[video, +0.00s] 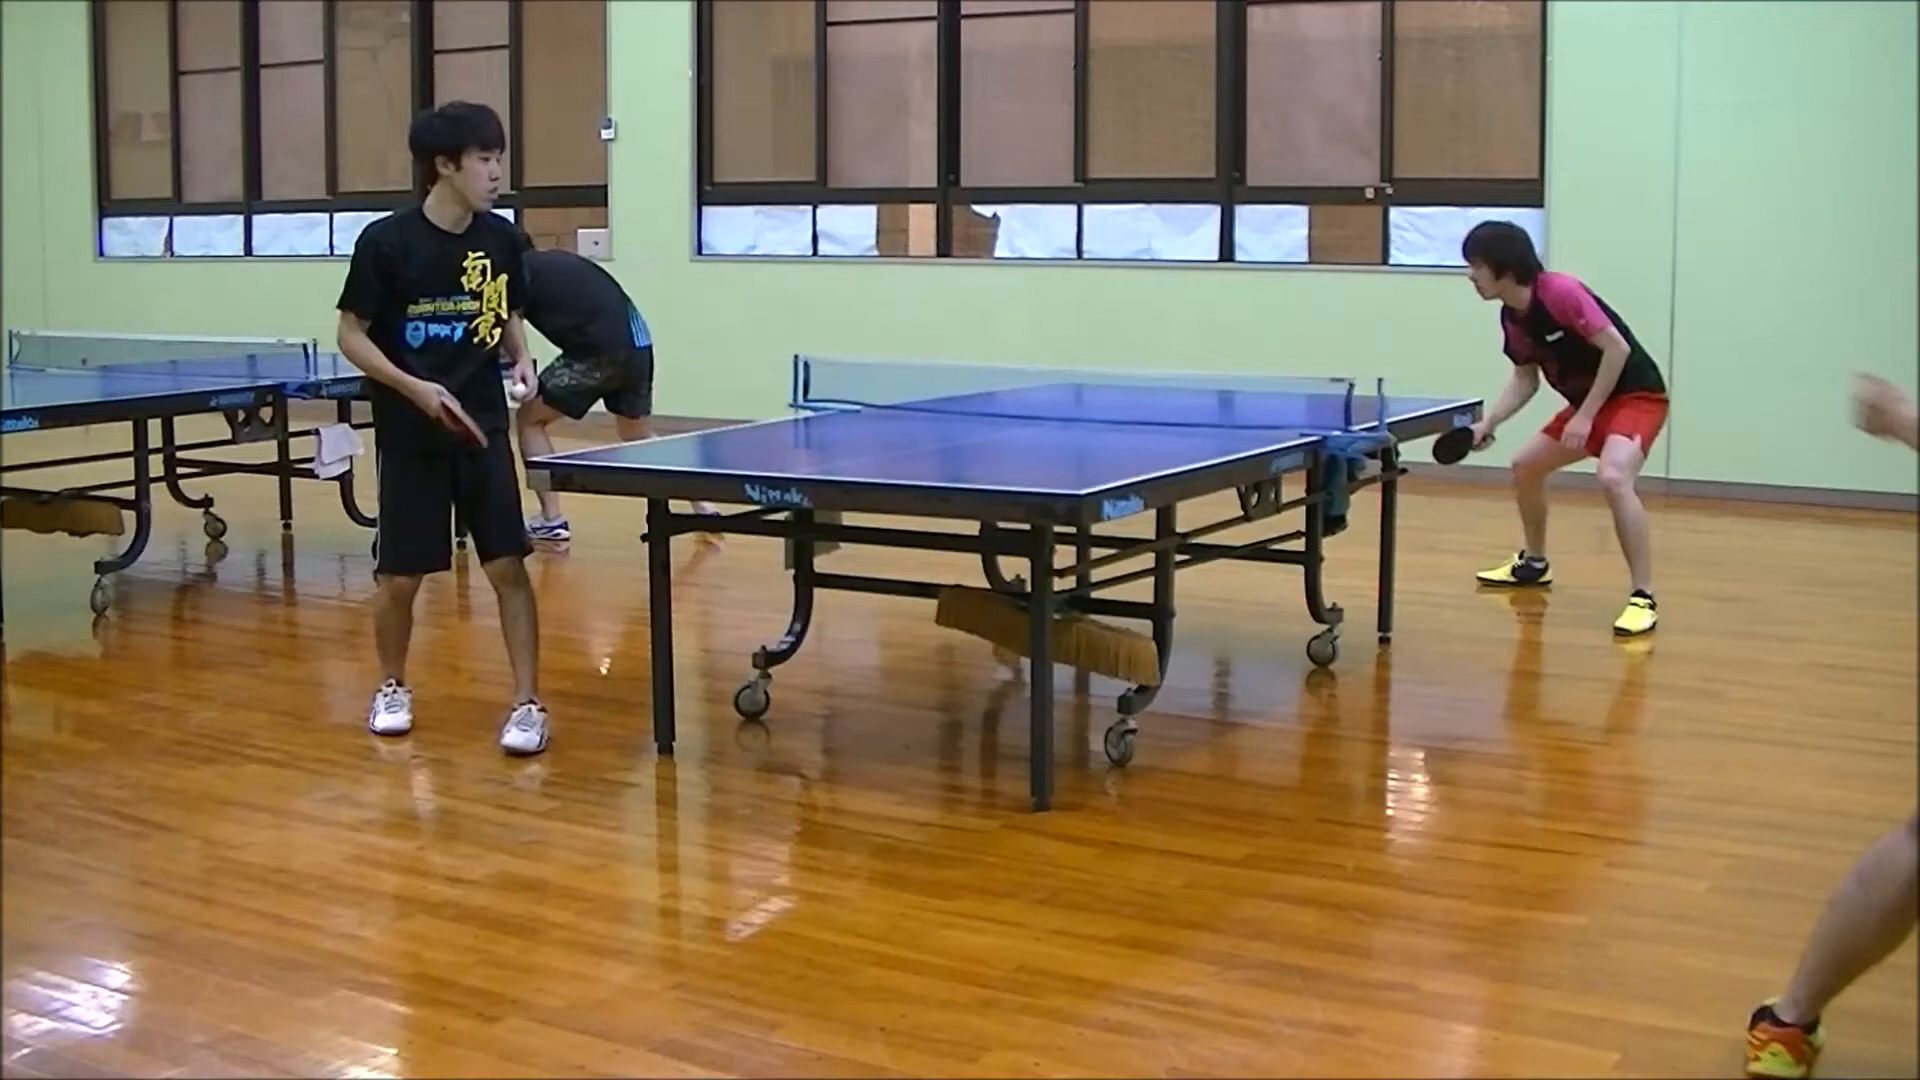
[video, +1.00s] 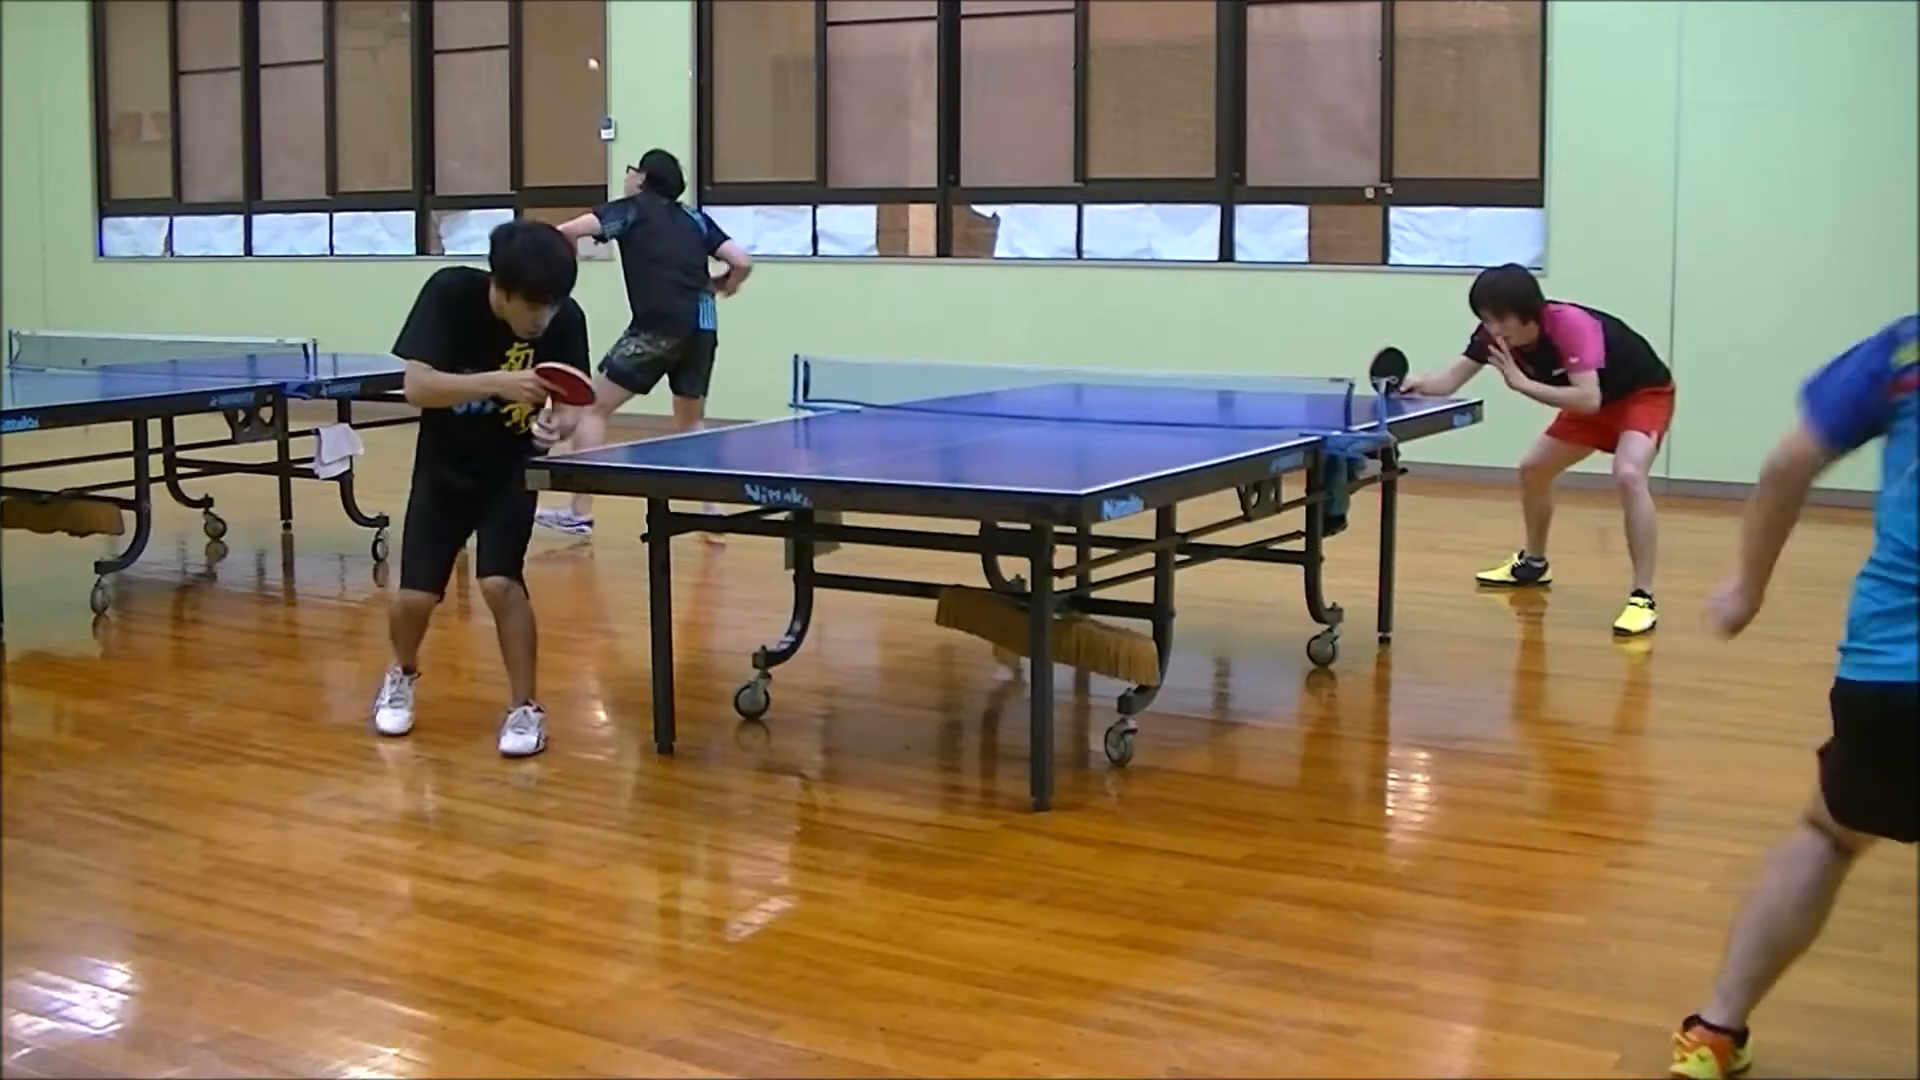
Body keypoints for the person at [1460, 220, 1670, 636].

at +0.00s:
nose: (1469, 275)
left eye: (1475, 266)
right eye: (1468, 266)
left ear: (1503, 267)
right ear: (1501, 270)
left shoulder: (1559, 292)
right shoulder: (1511, 318)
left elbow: (1617, 349)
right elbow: (1525, 380)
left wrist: (1585, 415)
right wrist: (1489, 421)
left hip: (1637, 396)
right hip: (1587, 402)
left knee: (1613, 476)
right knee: (1525, 468)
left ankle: (1643, 596)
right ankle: (1534, 563)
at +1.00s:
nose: (1491, 329)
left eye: (1498, 320)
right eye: (1487, 321)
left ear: (1527, 316)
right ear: (1484, 319)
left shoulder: (1571, 325)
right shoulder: (1494, 332)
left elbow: (1589, 401)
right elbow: (1451, 379)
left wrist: (1523, 385)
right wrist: (1416, 384)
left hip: (1645, 392)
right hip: (1592, 401)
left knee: (1629, 474)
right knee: (1533, 470)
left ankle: (1643, 597)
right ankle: (1534, 562)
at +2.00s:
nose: (1480, 291)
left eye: (1488, 280)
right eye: (1474, 283)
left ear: (1516, 281)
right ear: (1472, 286)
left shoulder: (1562, 302)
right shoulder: (1488, 323)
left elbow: (1640, 327)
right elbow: (1451, 373)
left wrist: (1655, 380)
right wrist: (1415, 381)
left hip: (1634, 386)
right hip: (1585, 396)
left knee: (1626, 475)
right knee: (1536, 470)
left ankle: (1642, 597)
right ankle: (1534, 563)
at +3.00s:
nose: (1491, 224)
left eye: (1502, 215)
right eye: (1487, 215)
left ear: (1529, 221)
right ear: (1485, 221)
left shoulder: (1565, 258)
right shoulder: (1493, 273)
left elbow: (1632, 305)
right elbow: (1465, 333)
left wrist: (1634, 374)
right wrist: (1434, 337)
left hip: (1622, 381)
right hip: (1573, 387)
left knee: (1620, 473)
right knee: (1534, 469)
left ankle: (1642, 596)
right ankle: (1533, 562)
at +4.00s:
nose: (1346, 249)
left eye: (1351, 239)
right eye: (1345, 240)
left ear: (1377, 237)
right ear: (1372, 241)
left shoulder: (1411, 253)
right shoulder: (1399, 295)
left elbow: (1448, 234)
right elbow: (1404, 379)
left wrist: (1489, 212)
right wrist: (1390, 434)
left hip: (1500, 397)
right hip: (1451, 408)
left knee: (1560, 510)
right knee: (1367, 473)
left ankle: (1639, 598)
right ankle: (1366, 595)